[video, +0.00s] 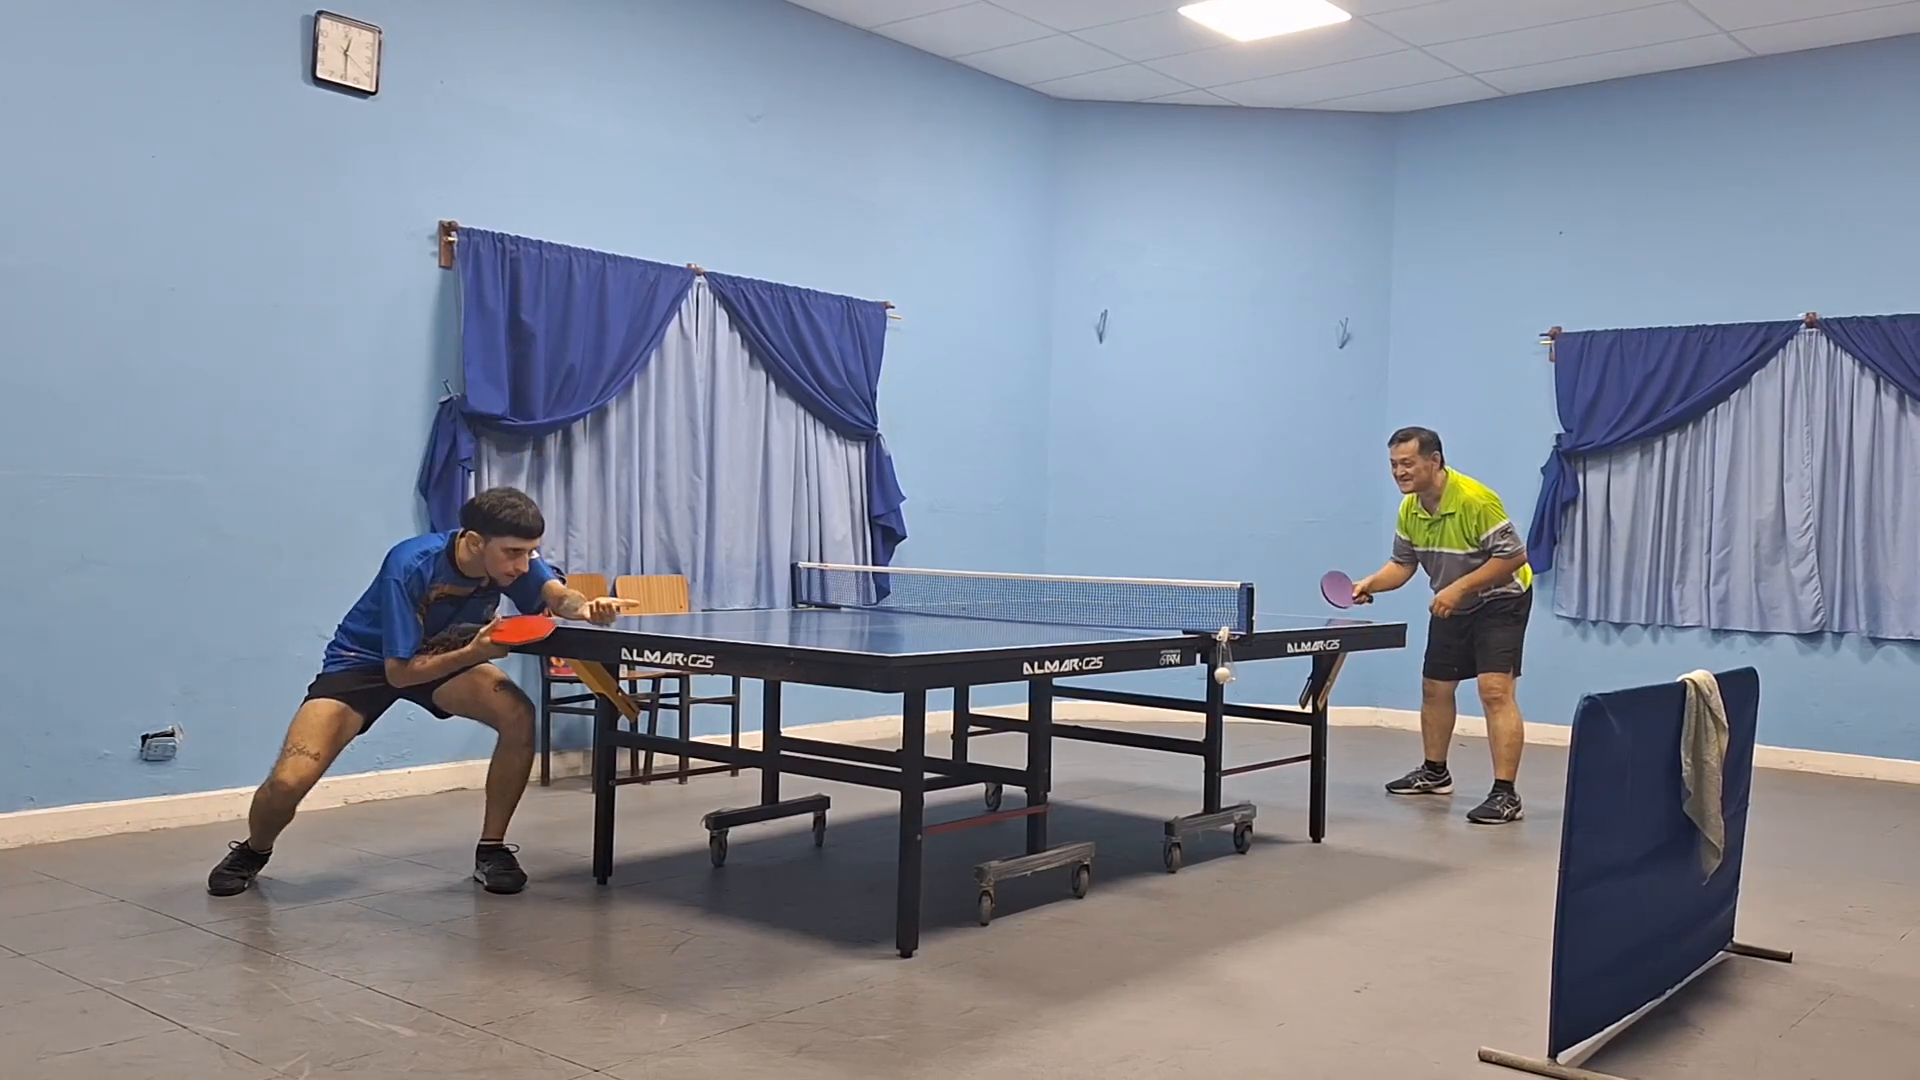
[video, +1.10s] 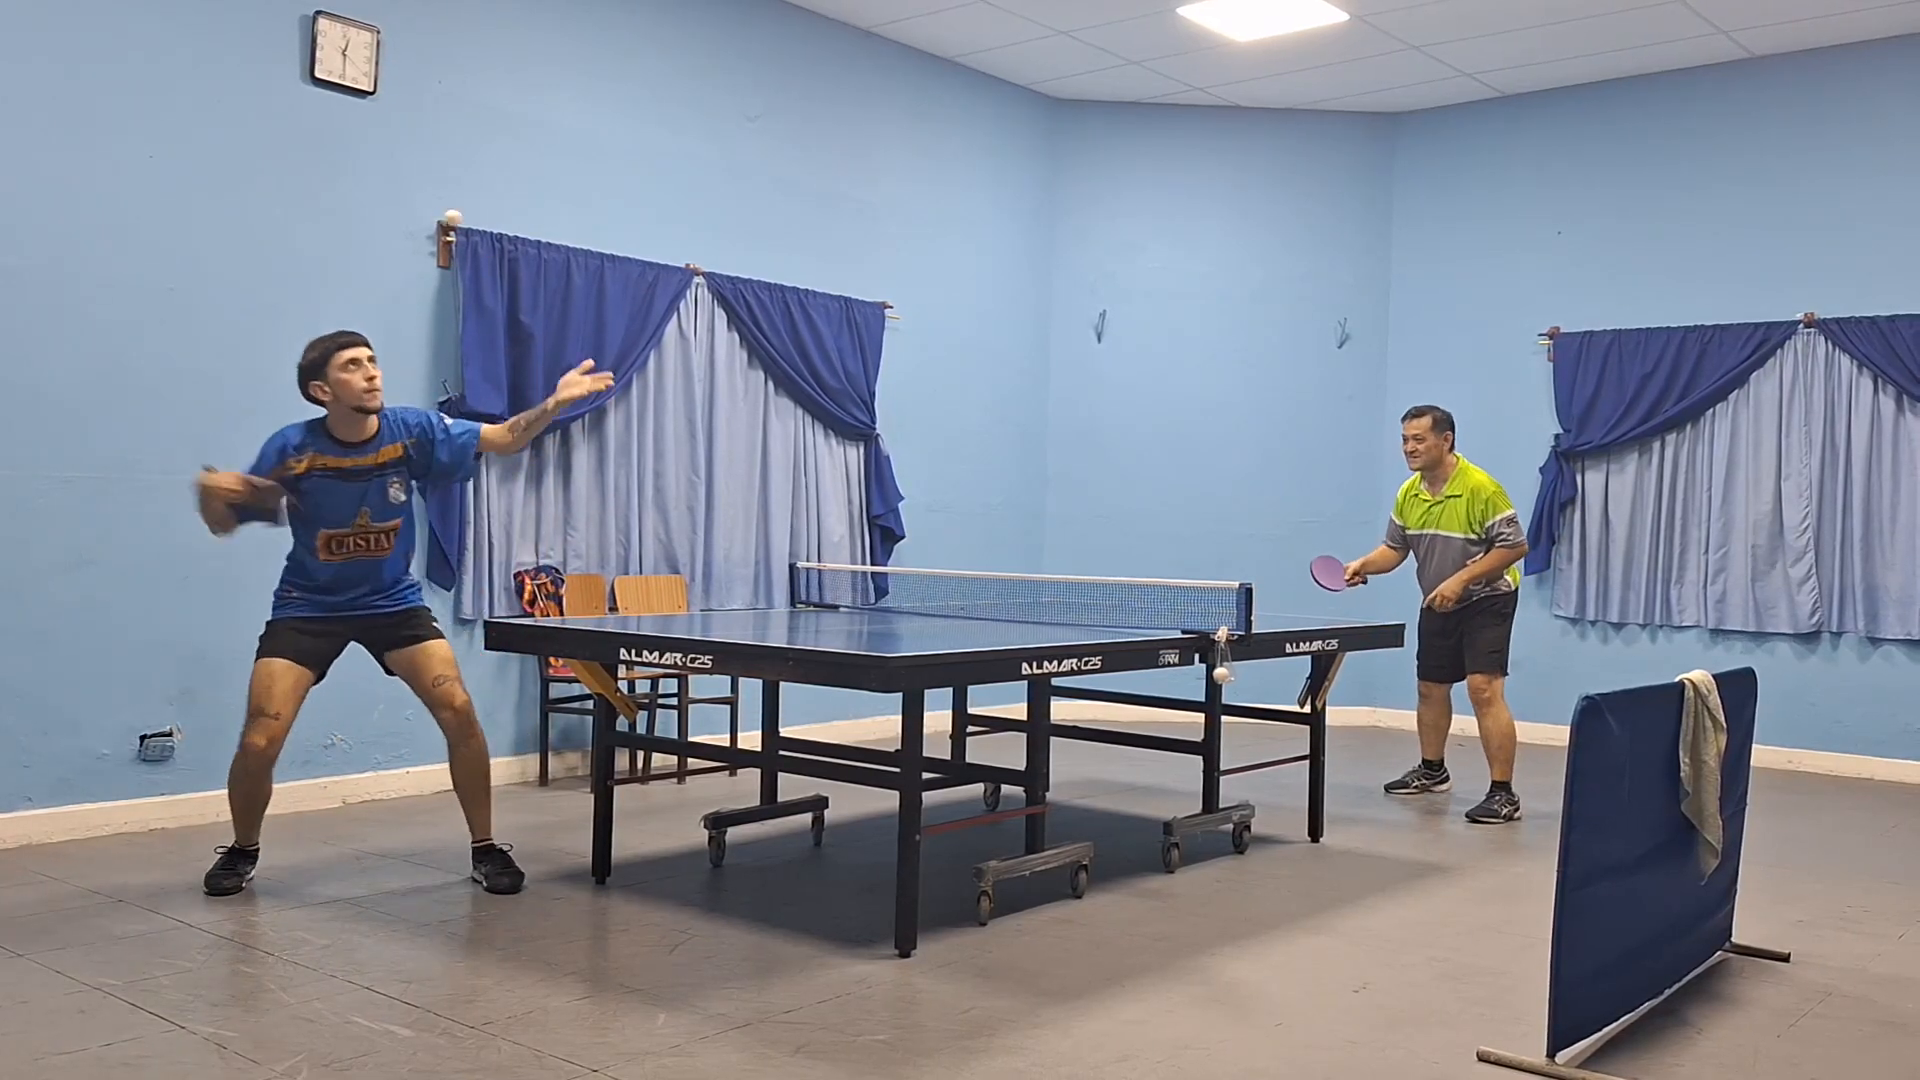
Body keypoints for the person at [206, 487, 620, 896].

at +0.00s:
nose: (523, 564)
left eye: (527, 554)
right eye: (513, 554)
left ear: (528, 548)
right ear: (472, 545)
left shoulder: (513, 564)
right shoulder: (409, 567)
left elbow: (556, 598)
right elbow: (402, 673)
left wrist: (588, 609)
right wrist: (479, 650)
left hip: (438, 663)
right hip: (363, 663)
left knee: (519, 715)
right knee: (289, 780)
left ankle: (493, 850)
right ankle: (254, 850)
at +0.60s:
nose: (499, 515)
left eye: (502, 503)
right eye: (487, 503)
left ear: (503, 502)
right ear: (445, 501)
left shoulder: (493, 536)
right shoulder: (382, 538)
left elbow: (534, 578)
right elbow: (361, 634)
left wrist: (567, 595)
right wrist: (436, 633)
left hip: (428, 651)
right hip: (350, 652)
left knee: (509, 716)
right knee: (282, 777)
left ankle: (490, 851)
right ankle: (248, 852)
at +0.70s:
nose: (478, 477)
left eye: (482, 465)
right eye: (465, 467)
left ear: (487, 466)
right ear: (425, 471)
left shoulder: (479, 507)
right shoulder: (369, 515)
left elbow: (515, 540)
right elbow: (358, 611)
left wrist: (560, 542)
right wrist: (428, 604)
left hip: (423, 640)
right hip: (345, 640)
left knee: (504, 713)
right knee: (282, 767)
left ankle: (488, 850)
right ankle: (247, 851)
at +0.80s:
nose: (455, 439)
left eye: (458, 428)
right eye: (439, 430)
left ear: (463, 432)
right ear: (401, 441)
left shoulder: (467, 477)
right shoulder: (357, 491)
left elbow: (520, 486)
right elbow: (353, 591)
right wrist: (416, 562)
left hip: (423, 623)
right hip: (342, 627)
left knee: (497, 712)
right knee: (280, 761)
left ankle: (488, 850)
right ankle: (245, 851)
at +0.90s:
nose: (428, 407)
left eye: (429, 397)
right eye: (412, 399)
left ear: (435, 404)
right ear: (374, 416)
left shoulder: (446, 446)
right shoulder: (337, 471)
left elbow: (511, 439)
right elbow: (330, 575)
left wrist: (541, 383)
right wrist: (376, 530)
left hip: (418, 611)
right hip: (336, 618)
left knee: (487, 709)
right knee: (276, 752)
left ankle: (488, 849)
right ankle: (244, 850)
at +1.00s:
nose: (396, 385)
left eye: (398, 375)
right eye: (379, 378)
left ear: (405, 385)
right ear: (345, 398)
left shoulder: (431, 433)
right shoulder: (314, 455)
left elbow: (509, 428)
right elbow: (278, 556)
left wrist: (548, 380)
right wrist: (298, 516)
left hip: (408, 604)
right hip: (324, 609)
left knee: (474, 708)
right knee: (268, 747)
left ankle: (487, 849)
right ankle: (243, 849)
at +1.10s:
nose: (370, 373)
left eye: (372, 363)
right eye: (352, 367)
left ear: (381, 375)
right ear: (320, 389)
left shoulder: (413, 429)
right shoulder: (289, 448)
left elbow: (505, 437)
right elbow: (227, 522)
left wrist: (555, 401)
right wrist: (213, 498)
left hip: (394, 600)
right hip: (308, 605)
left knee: (454, 703)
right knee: (260, 738)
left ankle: (485, 849)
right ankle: (241, 851)